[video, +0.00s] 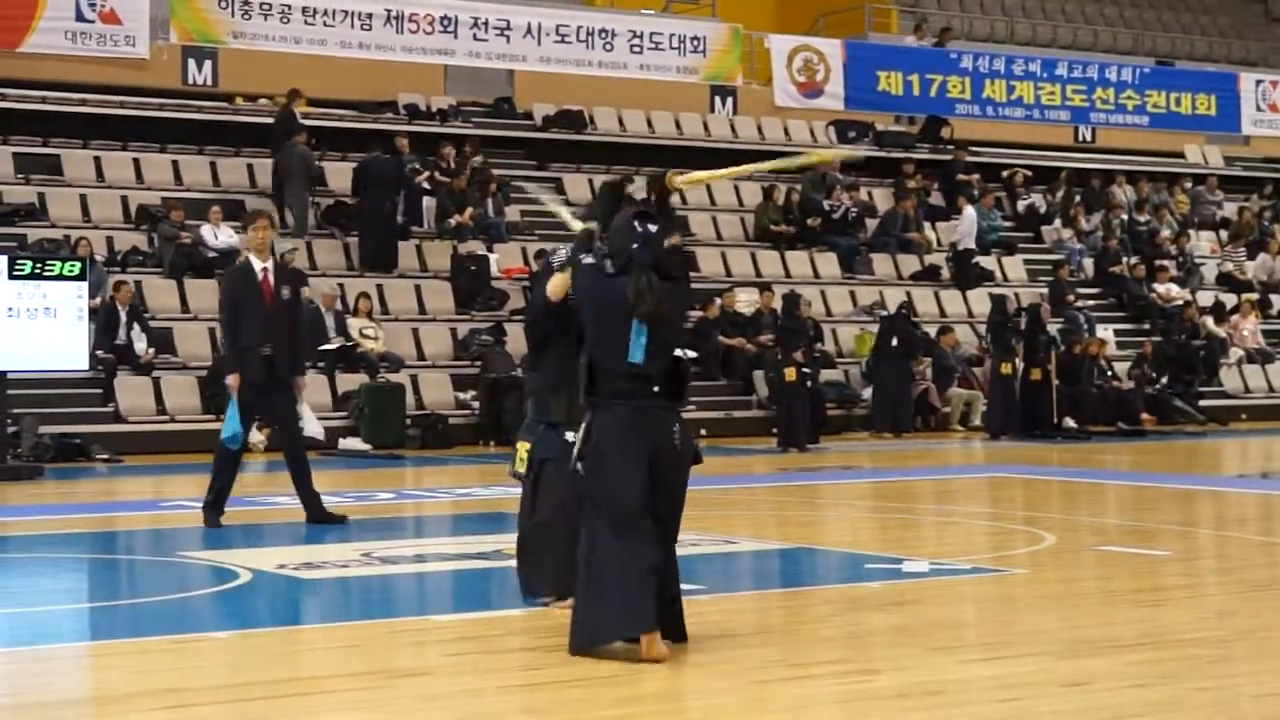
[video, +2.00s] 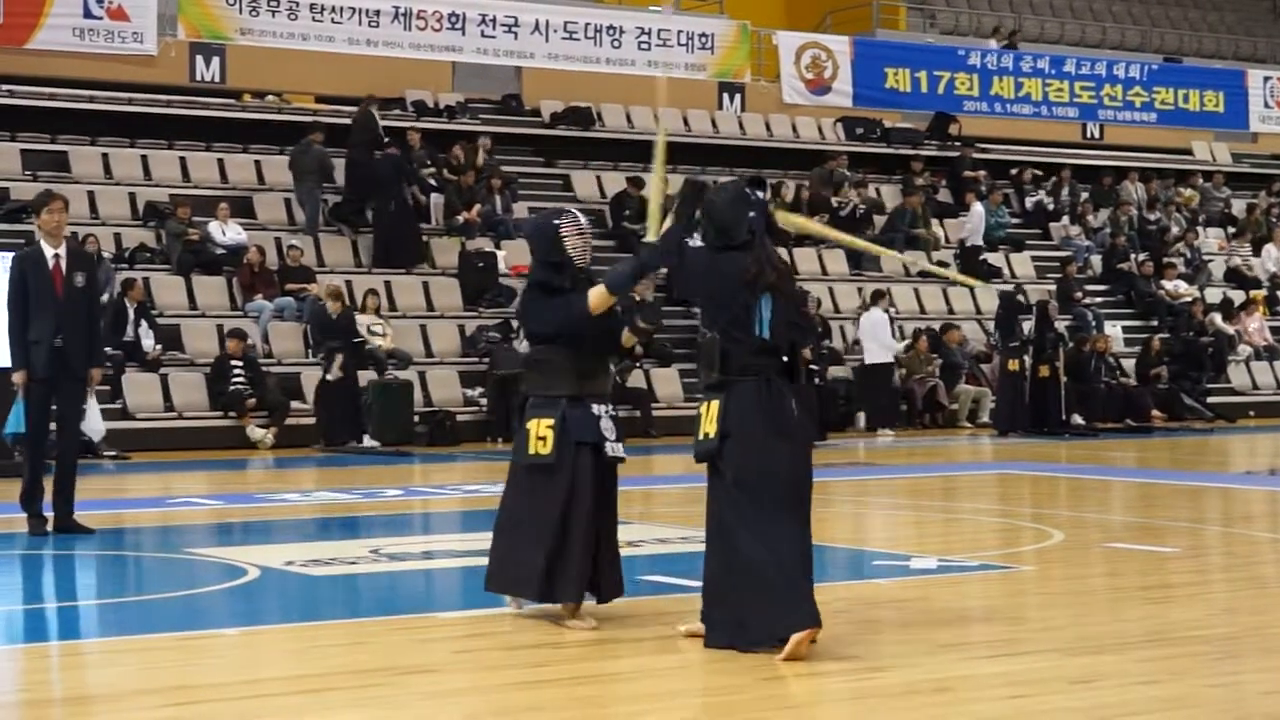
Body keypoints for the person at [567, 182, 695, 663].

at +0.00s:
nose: (610, 243)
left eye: (613, 237)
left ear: (614, 247)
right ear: (656, 249)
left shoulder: (595, 287)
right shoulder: (673, 294)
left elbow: (557, 288)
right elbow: (675, 259)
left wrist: (587, 248)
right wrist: (659, 218)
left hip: (612, 420)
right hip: (661, 418)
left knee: (625, 521)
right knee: (658, 522)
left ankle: (648, 631)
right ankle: (652, 622)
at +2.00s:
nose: (705, 236)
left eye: (708, 227)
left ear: (714, 230)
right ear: (759, 226)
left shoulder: (712, 272)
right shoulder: (778, 276)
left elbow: (668, 256)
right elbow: (803, 335)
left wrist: (681, 214)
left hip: (738, 406)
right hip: (782, 406)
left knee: (740, 517)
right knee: (779, 516)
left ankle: (797, 616)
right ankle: (727, 617)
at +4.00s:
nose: (725, 240)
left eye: (728, 233)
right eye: (727, 232)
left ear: (740, 235)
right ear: (777, 231)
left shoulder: (739, 283)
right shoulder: (808, 280)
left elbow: (716, 359)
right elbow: (821, 352)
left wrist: (725, 383)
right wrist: (790, 378)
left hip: (761, 411)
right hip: (812, 409)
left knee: (735, 511)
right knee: (824, 510)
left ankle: (723, 616)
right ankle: (835, 613)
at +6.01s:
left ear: (858, 225)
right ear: (901, 226)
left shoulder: (834, 273)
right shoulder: (922, 280)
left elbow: (804, 337)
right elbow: (935, 345)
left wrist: (824, 370)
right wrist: (910, 379)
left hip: (846, 399)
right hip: (904, 399)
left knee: (841, 504)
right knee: (918, 503)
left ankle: (835, 612)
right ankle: (937, 614)